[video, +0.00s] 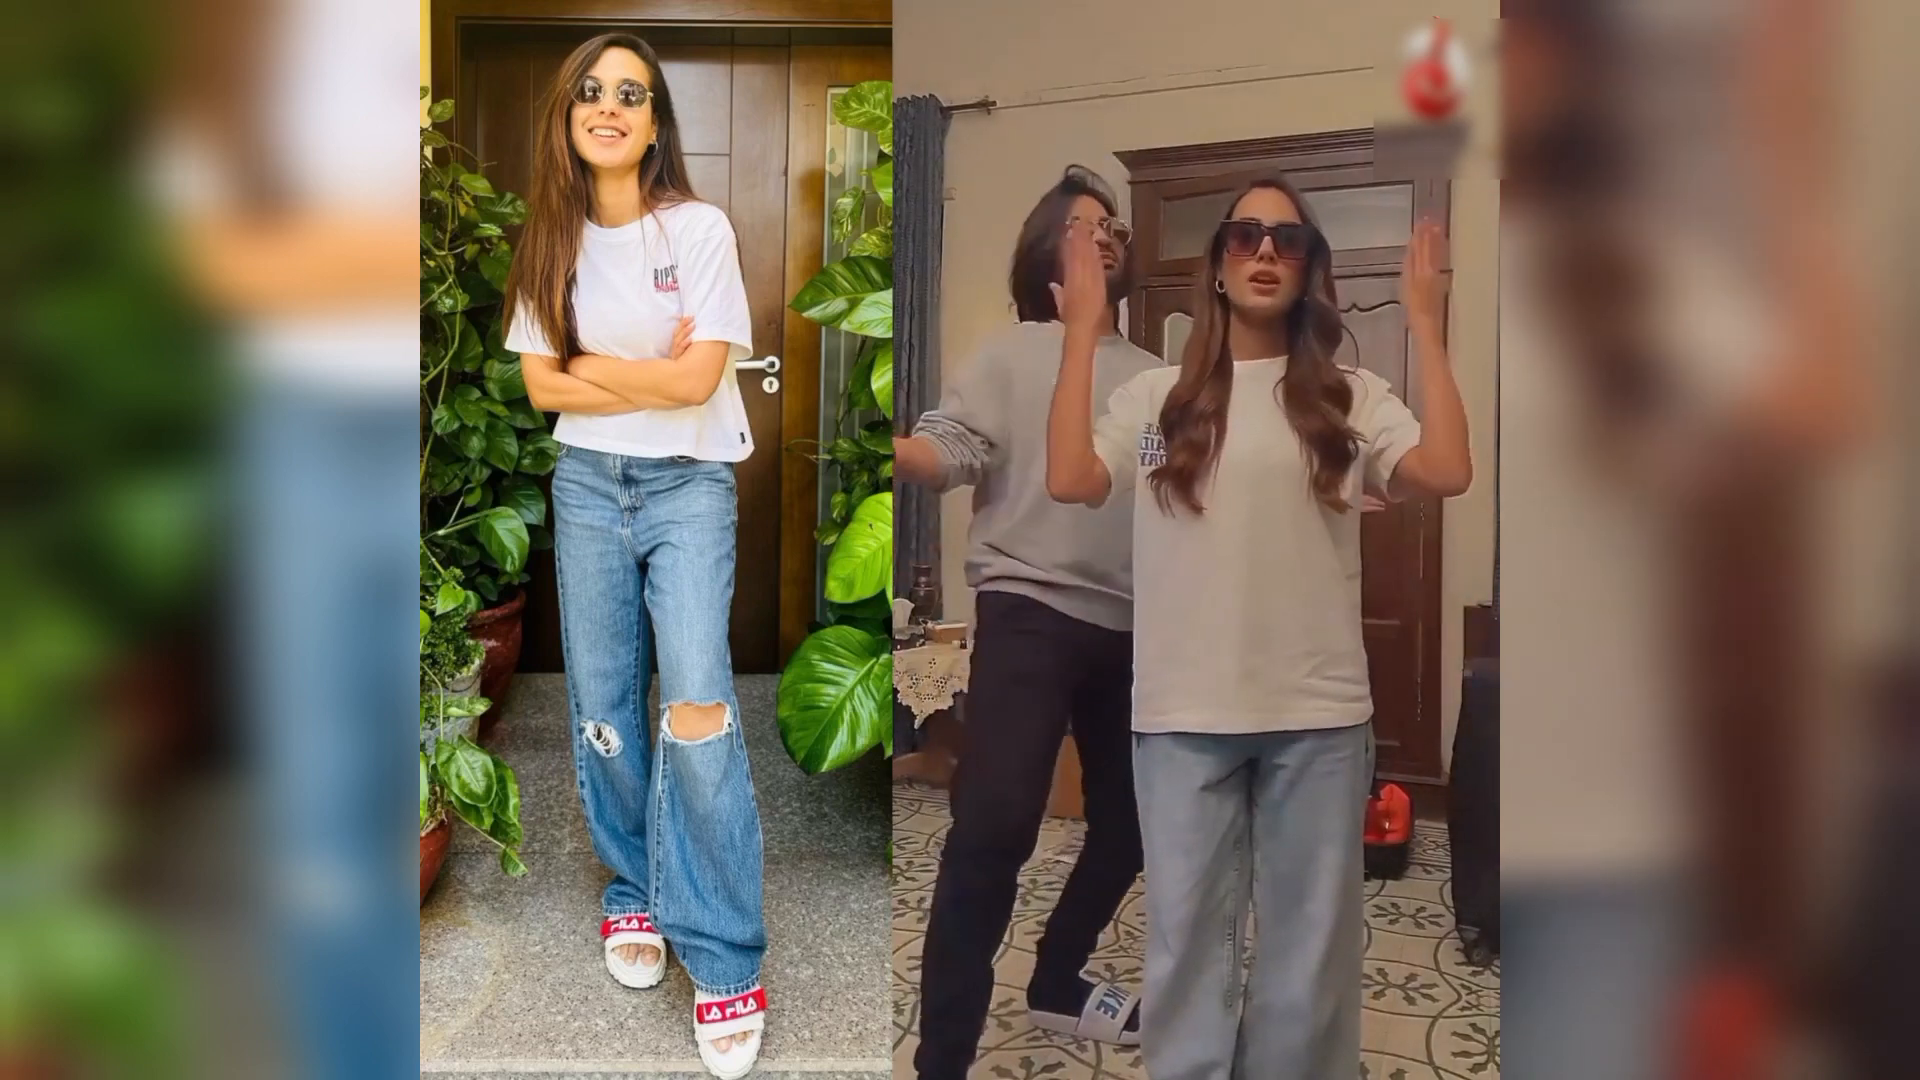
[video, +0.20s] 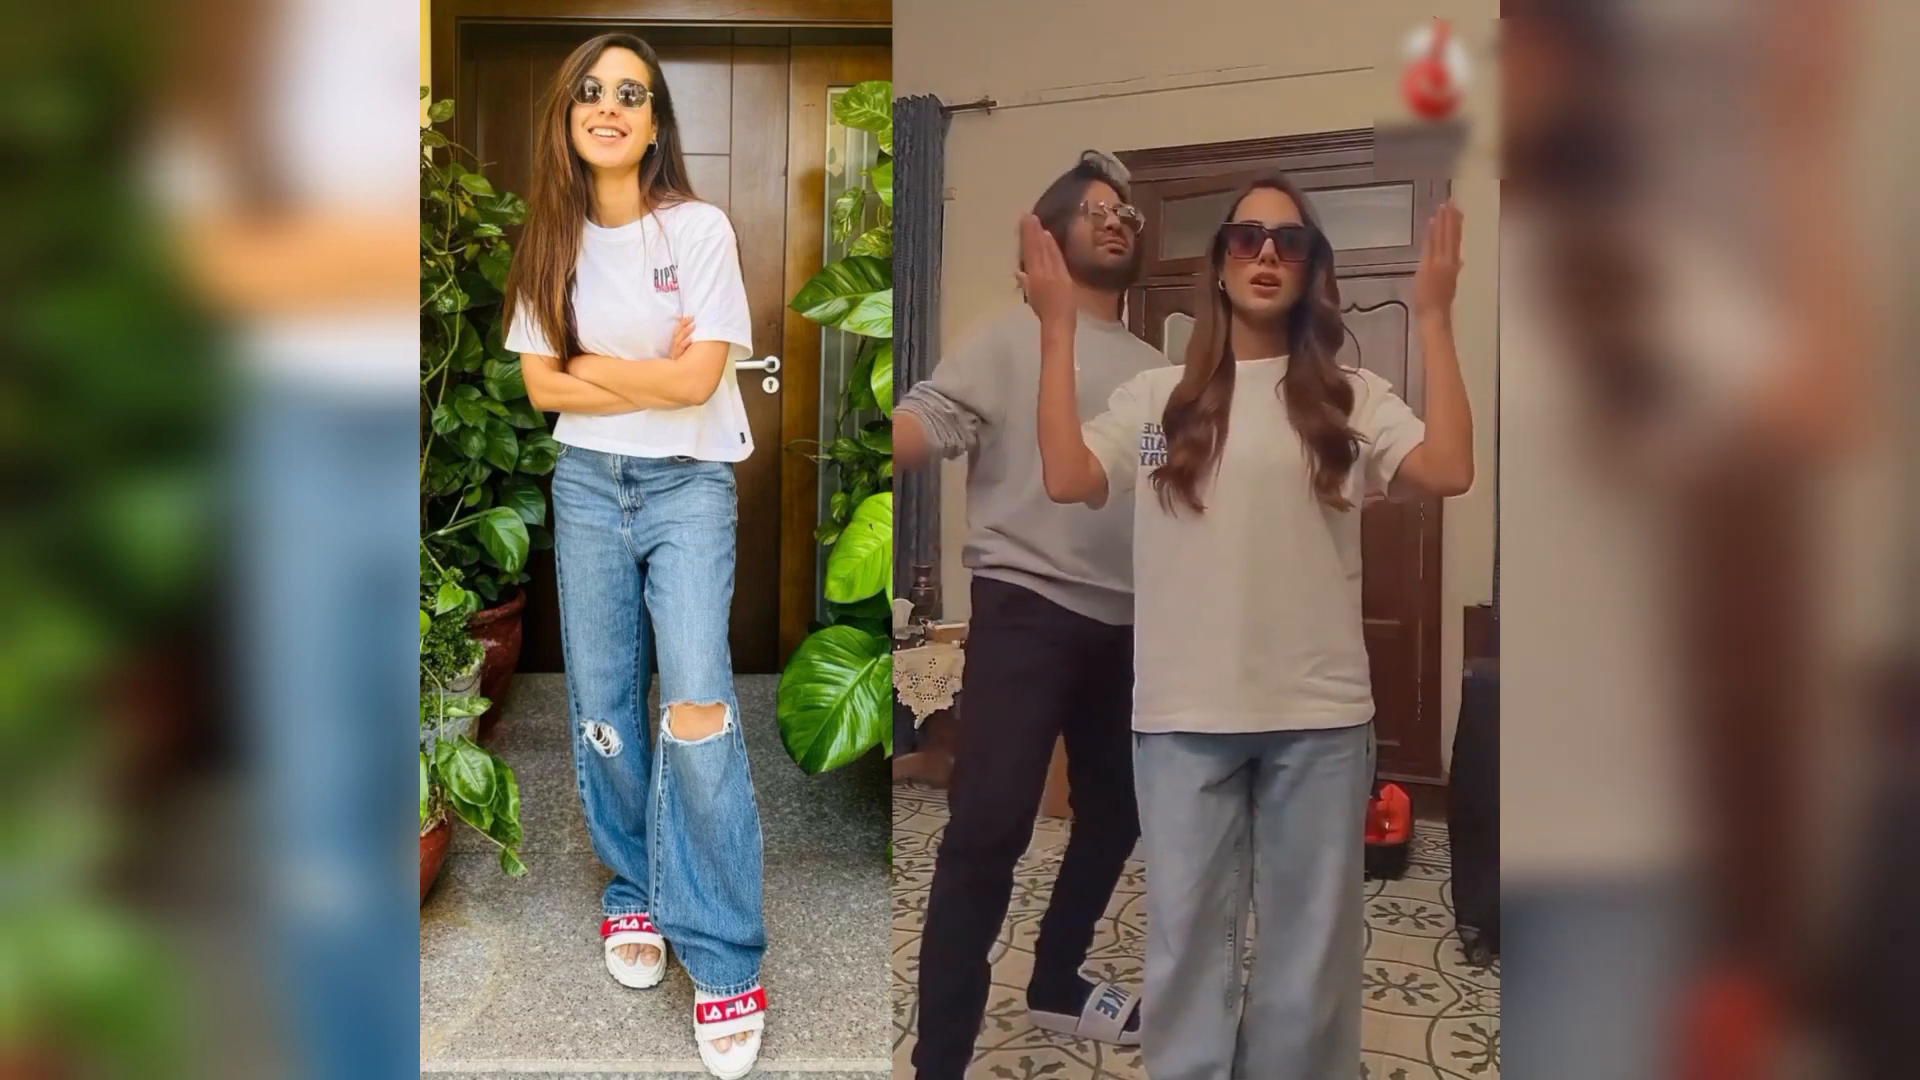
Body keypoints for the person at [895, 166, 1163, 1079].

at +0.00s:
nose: (1103, 242)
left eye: (1112, 232)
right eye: (1083, 230)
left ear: (1125, 258)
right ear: (1043, 255)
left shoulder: (1154, 373)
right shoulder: (1007, 353)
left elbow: (1186, 493)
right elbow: (954, 453)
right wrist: (884, 448)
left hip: (1129, 621)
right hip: (1025, 606)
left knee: (1125, 831)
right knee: (995, 828)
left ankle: (1057, 989)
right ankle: (943, 1062)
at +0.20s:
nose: (1123, 224)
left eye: (1129, 215)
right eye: (1099, 213)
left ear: (1137, 244)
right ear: (1051, 240)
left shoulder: (1154, 367)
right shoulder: (1006, 341)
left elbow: (1183, 494)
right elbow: (909, 436)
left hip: (1123, 620)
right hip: (1022, 606)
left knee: (1113, 815)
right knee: (989, 828)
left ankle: (1056, 991)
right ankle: (941, 1060)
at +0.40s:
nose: (1135, 219)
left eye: (1136, 208)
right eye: (1115, 204)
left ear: (1129, 235)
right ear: (1063, 222)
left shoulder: (1136, 356)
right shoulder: (1007, 324)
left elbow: (1159, 493)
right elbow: (937, 454)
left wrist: (1173, 608)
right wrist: (914, 594)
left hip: (1121, 619)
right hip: (1023, 609)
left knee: (1107, 810)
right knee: (994, 831)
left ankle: (1057, 989)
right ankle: (945, 1059)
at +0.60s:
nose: (1139, 227)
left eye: (1139, 216)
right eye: (1120, 212)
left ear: (1116, 238)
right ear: (1065, 223)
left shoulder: (1119, 356)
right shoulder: (997, 314)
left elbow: (1130, 485)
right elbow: (932, 451)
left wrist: (1155, 586)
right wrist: (943, 588)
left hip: (1114, 618)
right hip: (1023, 610)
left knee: (1093, 817)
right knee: (1001, 837)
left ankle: (1056, 991)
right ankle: (948, 1059)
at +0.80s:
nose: (1134, 234)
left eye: (1136, 222)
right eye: (1121, 219)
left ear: (1105, 247)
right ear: (1069, 229)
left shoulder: (1124, 345)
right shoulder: (993, 317)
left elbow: (1206, 382)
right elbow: (939, 456)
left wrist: (1183, 267)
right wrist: (944, 602)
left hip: (1119, 622)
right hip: (1021, 614)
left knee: (1096, 816)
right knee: (1003, 839)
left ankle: (1055, 992)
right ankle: (948, 1059)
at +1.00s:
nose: (1129, 243)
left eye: (1130, 228)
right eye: (1120, 228)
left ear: (1057, 236)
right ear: (1081, 235)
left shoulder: (1125, 345)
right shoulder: (993, 321)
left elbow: (1212, 369)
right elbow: (941, 461)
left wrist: (1182, 263)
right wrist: (947, 602)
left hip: (1123, 621)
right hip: (1026, 614)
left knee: (1101, 814)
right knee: (1001, 836)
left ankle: (1055, 992)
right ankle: (946, 1058)